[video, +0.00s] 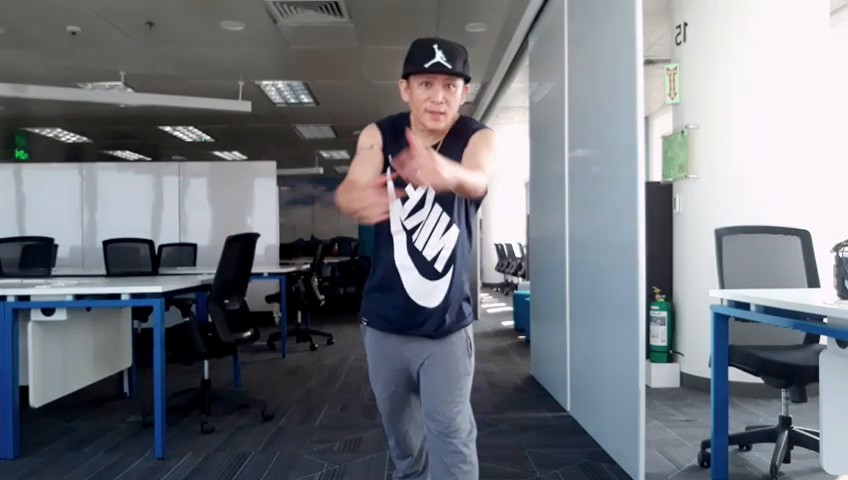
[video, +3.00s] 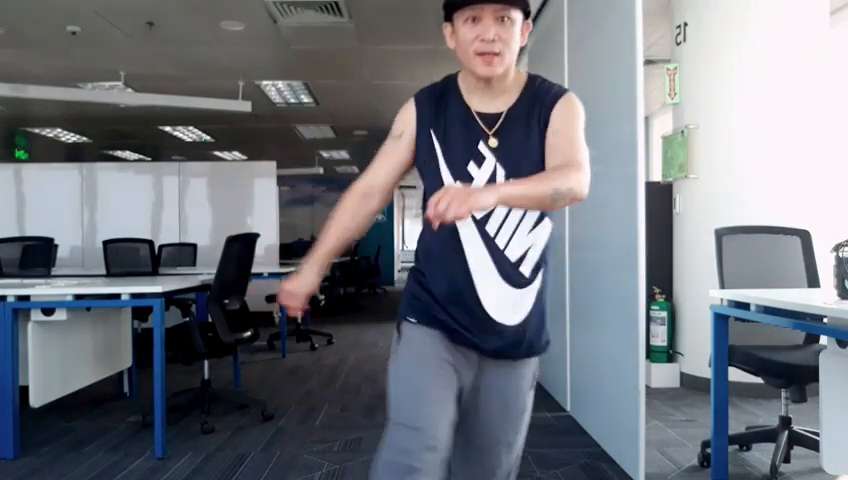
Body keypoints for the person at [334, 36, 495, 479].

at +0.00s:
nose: (438, 96)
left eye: (448, 86)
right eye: (426, 84)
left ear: (464, 94)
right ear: (405, 90)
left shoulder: (476, 138)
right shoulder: (378, 135)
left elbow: (479, 181)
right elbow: (349, 192)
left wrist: (446, 174)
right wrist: (358, 201)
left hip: (448, 324)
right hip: (385, 321)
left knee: (450, 436)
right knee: (398, 428)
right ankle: (406, 470)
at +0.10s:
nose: (430, 96)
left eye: (442, 85)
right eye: (419, 84)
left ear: (458, 93)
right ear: (399, 90)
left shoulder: (475, 145)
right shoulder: (373, 143)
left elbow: (505, 201)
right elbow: (331, 203)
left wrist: (533, 242)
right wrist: (281, 247)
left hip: (446, 323)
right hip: (384, 322)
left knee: (448, 431)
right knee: (398, 427)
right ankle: (407, 470)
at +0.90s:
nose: (463, 74)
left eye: (475, 62)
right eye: (450, 61)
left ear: (491, 74)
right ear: (425, 70)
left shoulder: (510, 137)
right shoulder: (393, 128)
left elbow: (545, 194)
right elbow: (342, 184)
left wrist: (561, 209)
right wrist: (335, 203)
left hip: (466, 332)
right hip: (399, 329)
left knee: (457, 453)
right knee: (406, 450)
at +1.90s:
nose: (454, 75)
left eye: (466, 64)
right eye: (442, 62)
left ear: (483, 77)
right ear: (420, 74)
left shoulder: (498, 148)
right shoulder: (387, 135)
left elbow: (530, 222)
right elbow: (341, 203)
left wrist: (551, 279)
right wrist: (309, 262)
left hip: (460, 333)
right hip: (390, 329)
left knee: (456, 451)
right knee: (388, 428)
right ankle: (394, 473)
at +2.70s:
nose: (472, 62)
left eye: (485, 48)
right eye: (458, 48)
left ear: (506, 56)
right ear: (435, 59)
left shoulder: (538, 128)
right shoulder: (409, 114)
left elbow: (574, 199)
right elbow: (356, 172)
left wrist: (613, 227)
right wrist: (329, 202)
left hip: (489, 337)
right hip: (411, 325)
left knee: (469, 468)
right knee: (372, 456)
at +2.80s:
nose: (478, 50)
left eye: (492, 35)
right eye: (463, 37)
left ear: (512, 44)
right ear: (441, 48)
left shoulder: (546, 117)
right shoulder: (415, 110)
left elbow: (589, 189)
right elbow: (360, 174)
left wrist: (568, 190)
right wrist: (307, 209)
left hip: (496, 337)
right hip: (416, 324)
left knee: (475, 470)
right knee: (370, 460)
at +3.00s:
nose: (489, 34)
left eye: (503, 20)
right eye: (473, 20)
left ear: (525, 31)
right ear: (450, 34)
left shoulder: (558, 105)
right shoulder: (424, 109)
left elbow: (573, 181)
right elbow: (367, 193)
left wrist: (488, 194)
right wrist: (310, 269)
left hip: (515, 333)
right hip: (432, 323)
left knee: (492, 471)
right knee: (413, 464)